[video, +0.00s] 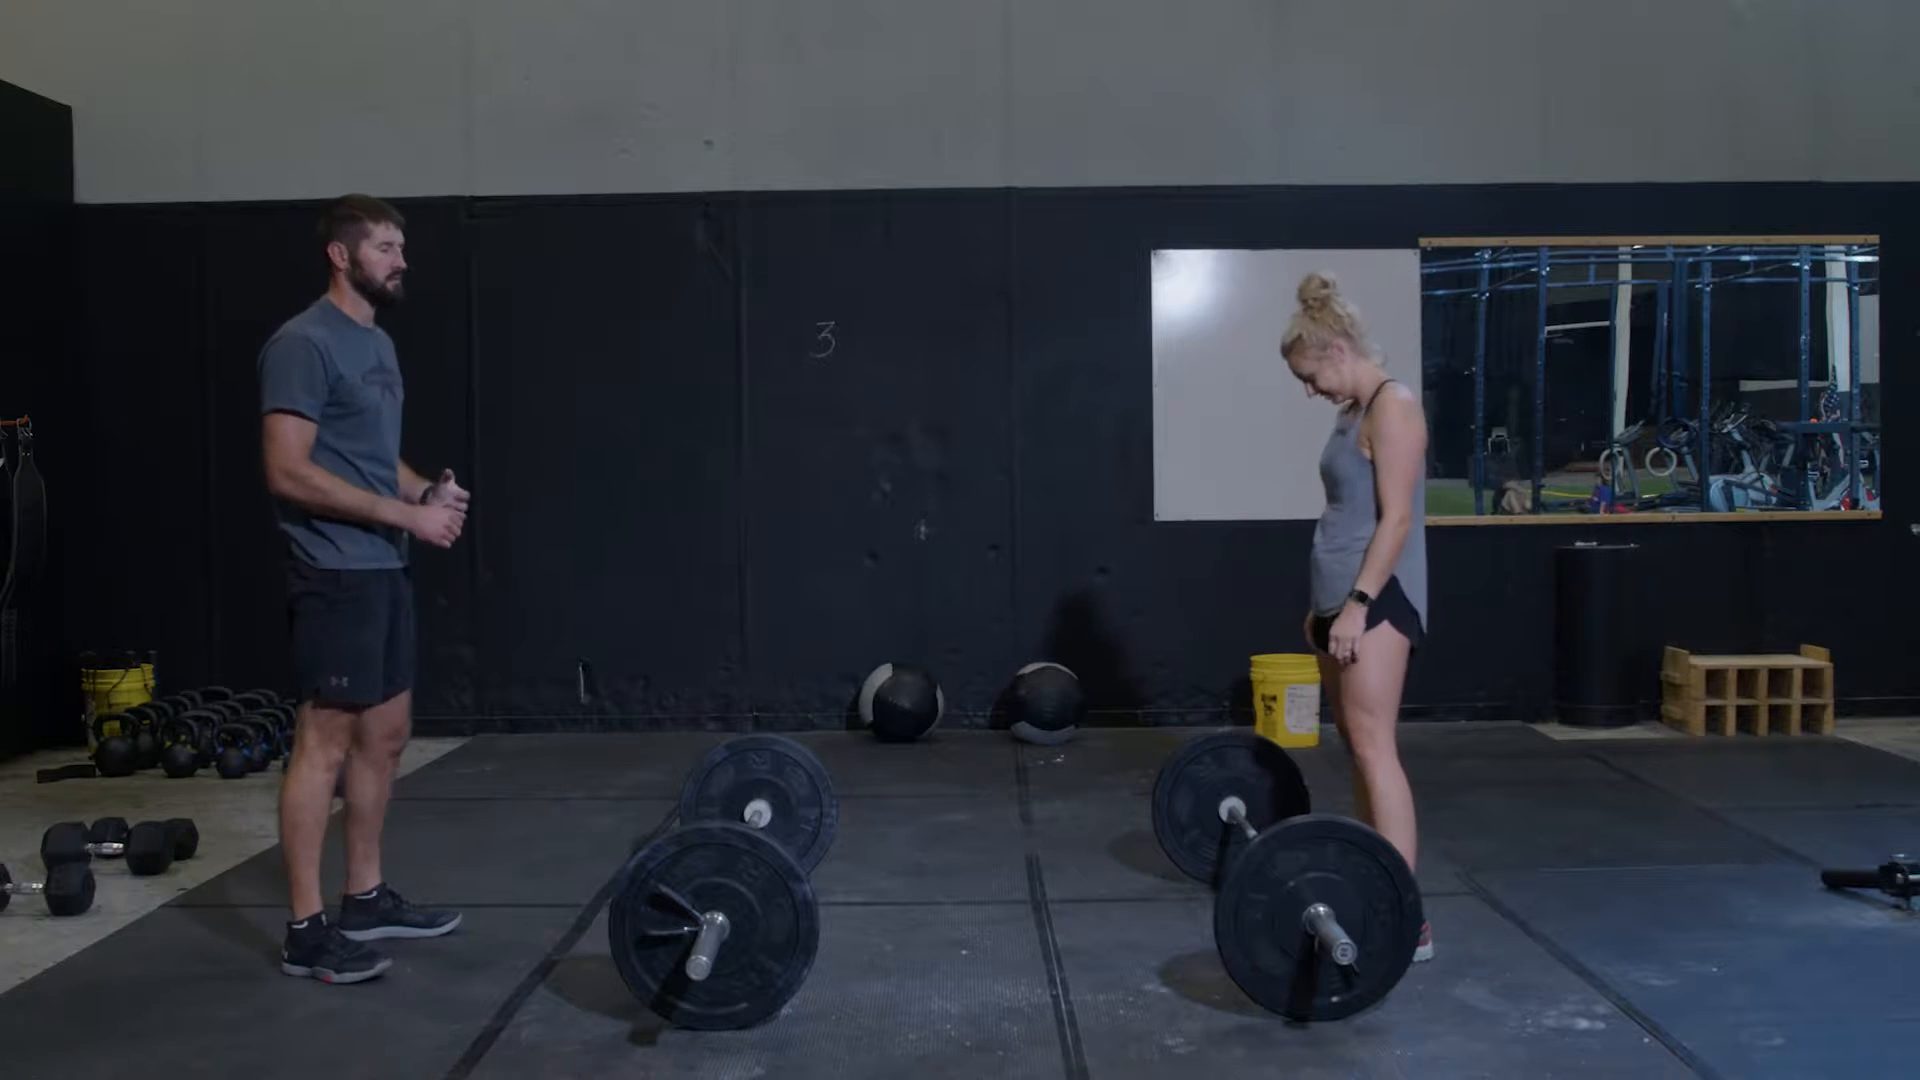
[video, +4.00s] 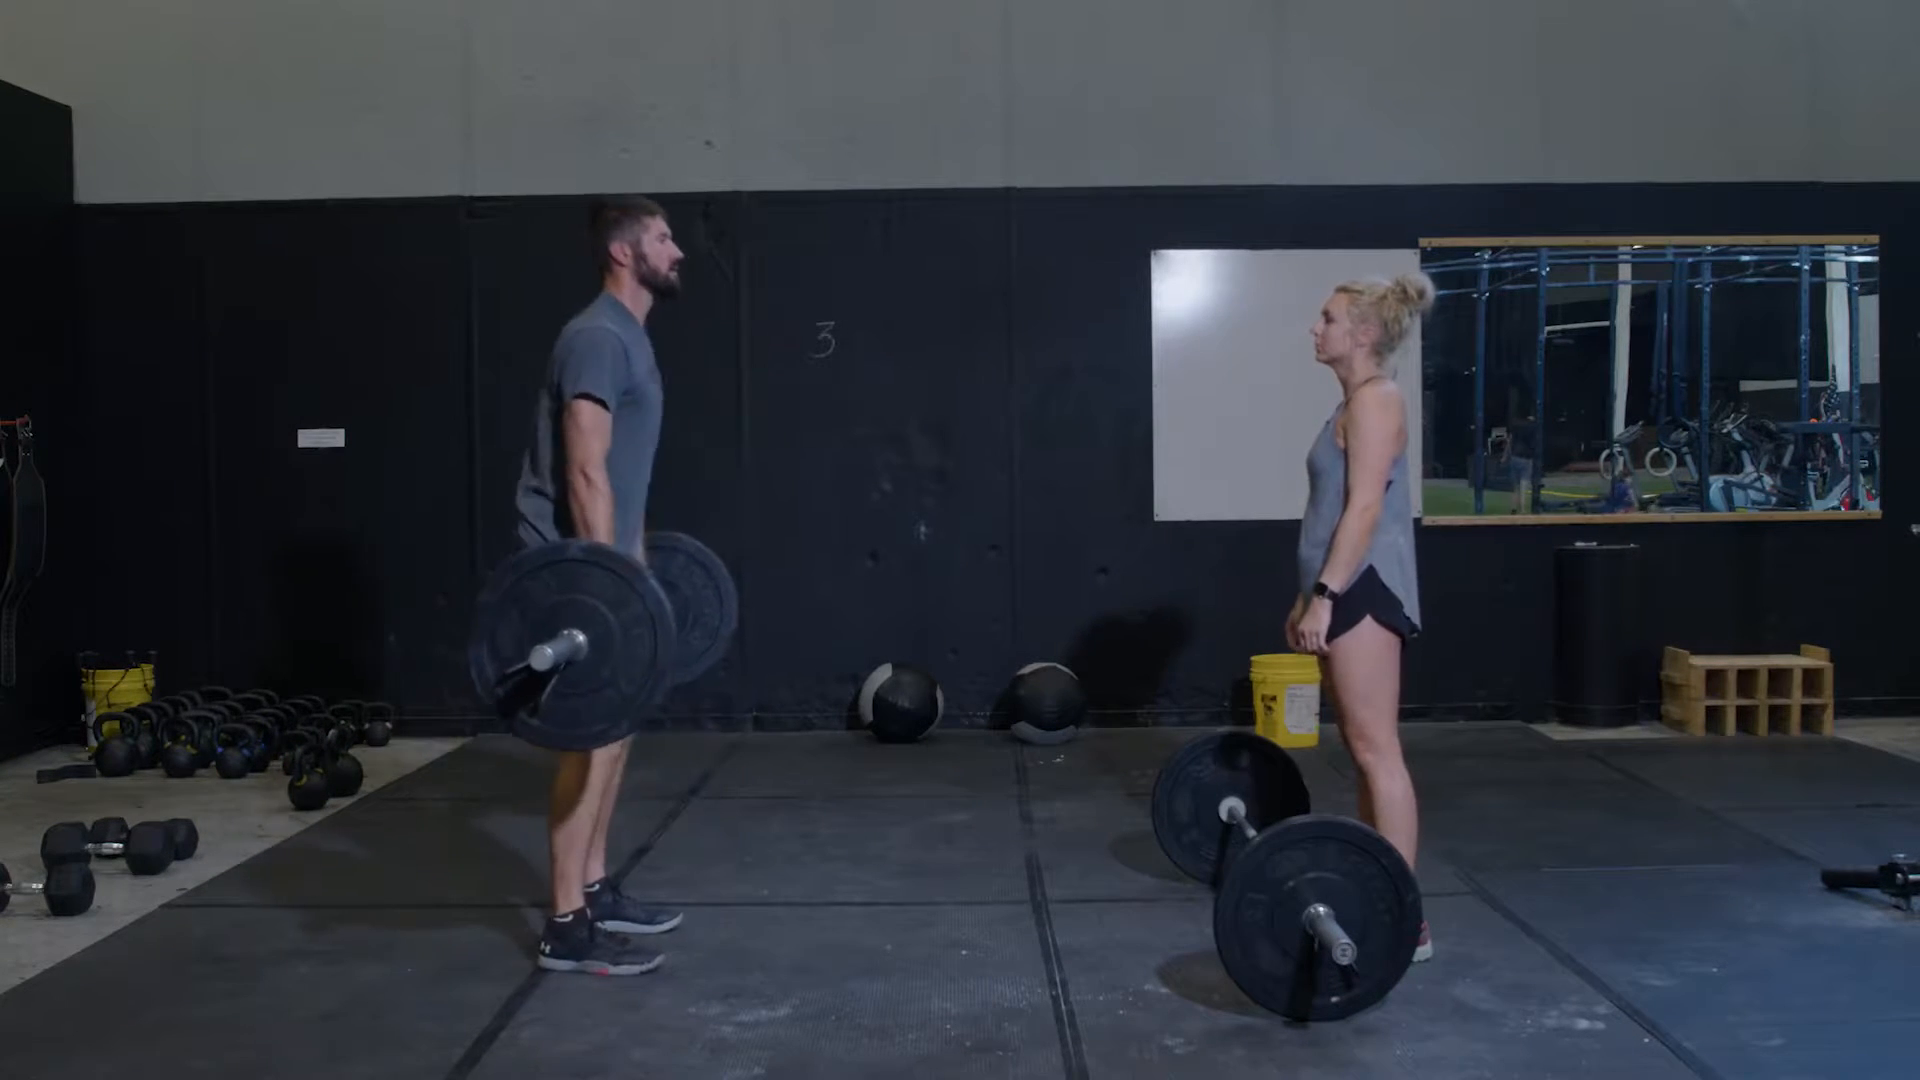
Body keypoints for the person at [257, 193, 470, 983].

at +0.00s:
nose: (398, 261)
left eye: (400, 249)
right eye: (385, 248)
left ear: (379, 259)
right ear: (340, 254)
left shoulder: (376, 344)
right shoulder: (301, 344)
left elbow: (369, 455)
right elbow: (286, 472)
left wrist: (424, 490)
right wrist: (405, 514)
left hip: (383, 570)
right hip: (331, 575)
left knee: (383, 736)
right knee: (322, 744)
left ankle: (366, 900)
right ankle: (306, 928)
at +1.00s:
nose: (686, 398)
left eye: (696, 389)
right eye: (690, 382)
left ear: (667, 356)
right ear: (663, 349)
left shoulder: (625, 408)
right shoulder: (568, 382)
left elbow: (612, 508)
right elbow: (532, 510)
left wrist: (652, 605)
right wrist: (557, 636)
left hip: (524, 561)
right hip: (471, 560)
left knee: (564, 715)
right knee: (530, 726)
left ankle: (576, 893)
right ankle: (473, 905)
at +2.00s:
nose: (779, 627)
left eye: (790, 620)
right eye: (786, 613)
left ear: (763, 576)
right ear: (764, 580)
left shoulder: (714, 590)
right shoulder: (694, 585)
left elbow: (722, 710)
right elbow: (691, 730)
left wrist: (746, 808)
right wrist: (729, 837)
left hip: (521, 612)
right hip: (486, 614)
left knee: (633, 725)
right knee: (618, 746)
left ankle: (595, 891)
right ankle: (565, 923)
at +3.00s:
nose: (790, 520)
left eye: (788, 505)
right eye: (780, 504)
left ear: (738, 506)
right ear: (736, 504)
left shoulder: (700, 567)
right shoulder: (679, 557)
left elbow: (684, 685)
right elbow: (652, 708)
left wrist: (675, 792)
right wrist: (655, 818)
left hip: (529, 620)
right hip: (485, 618)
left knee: (644, 721)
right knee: (616, 745)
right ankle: (575, 889)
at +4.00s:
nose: (677, 253)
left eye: (673, 240)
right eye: (664, 241)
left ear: (633, 255)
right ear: (624, 254)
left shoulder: (629, 338)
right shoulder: (597, 339)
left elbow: (614, 473)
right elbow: (583, 474)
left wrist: (640, 570)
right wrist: (604, 588)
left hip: (610, 558)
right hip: (575, 562)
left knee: (616, 725)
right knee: (590, 730)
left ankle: (590, 891)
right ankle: (566, 923)